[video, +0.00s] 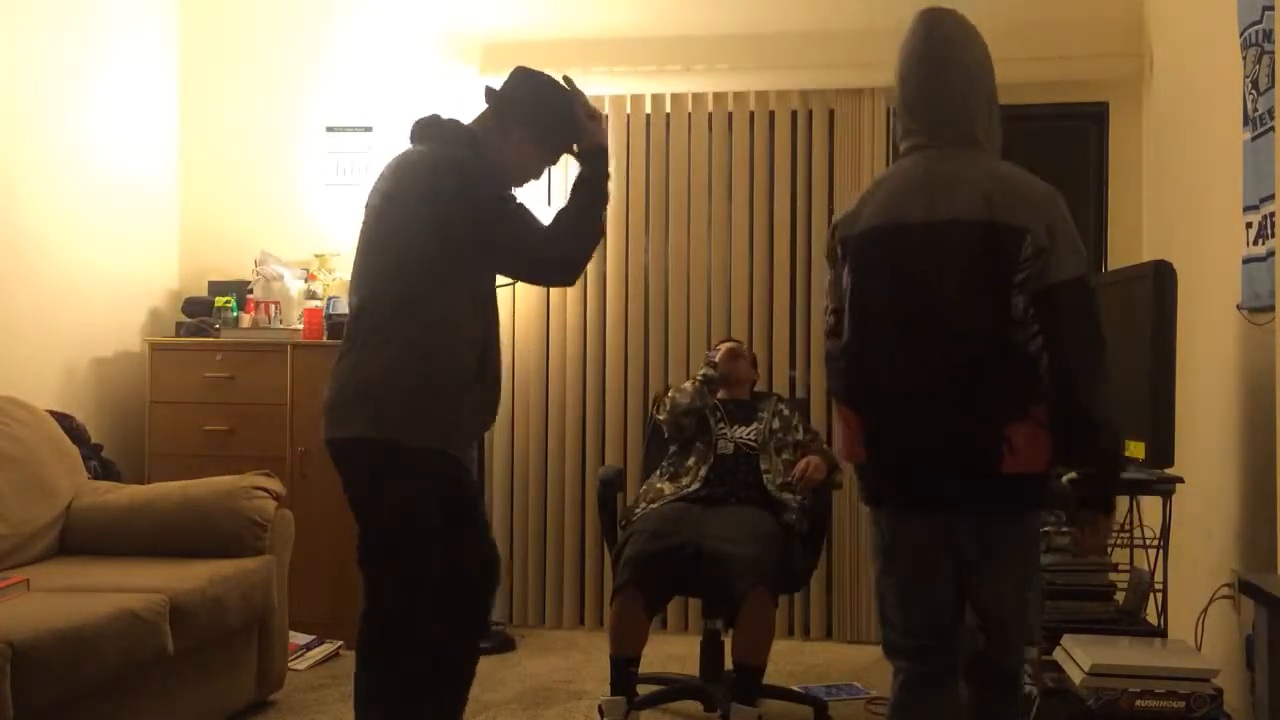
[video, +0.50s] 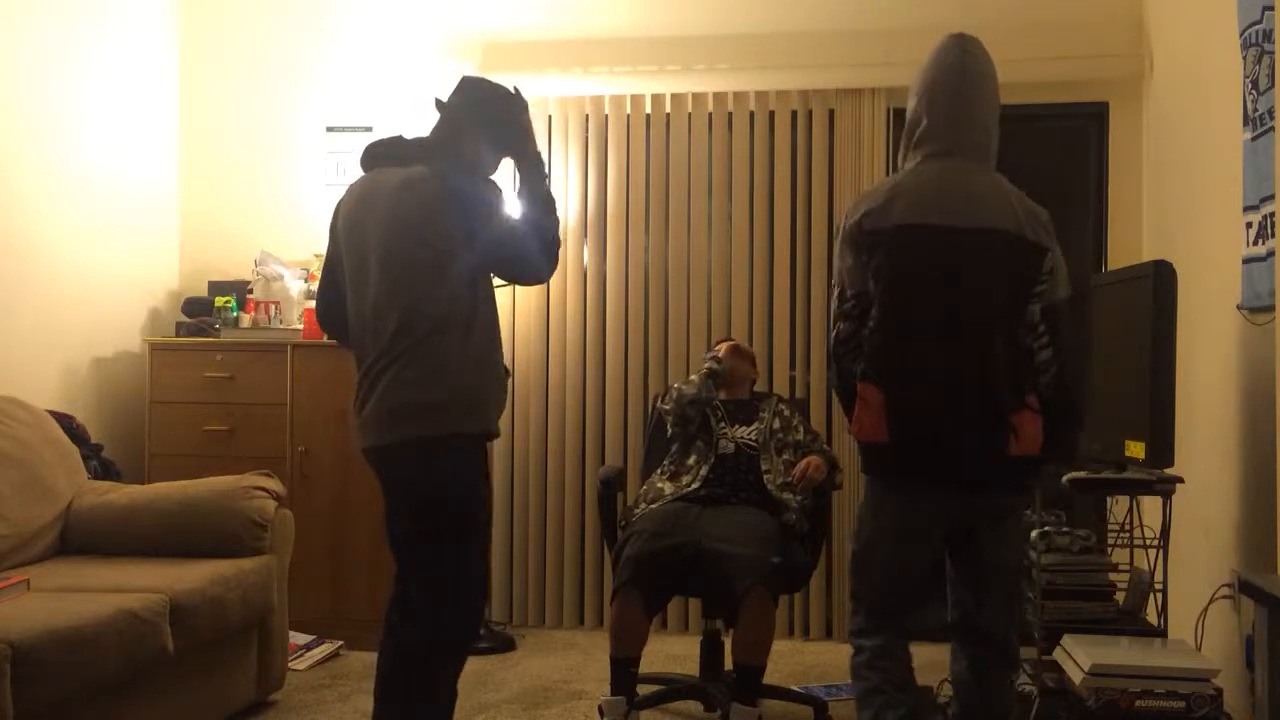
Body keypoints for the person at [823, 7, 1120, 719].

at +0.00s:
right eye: (982, 84)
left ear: (902, 97)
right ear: (985, 90)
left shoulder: (860, 216)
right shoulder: (1030, 204)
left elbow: (842, 356)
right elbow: (1075, 357)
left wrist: (866, 446)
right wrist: (1095, 482)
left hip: (900, 482)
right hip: (1003, 478)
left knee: (918, 665)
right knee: (1000, 667)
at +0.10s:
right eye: (987, 87)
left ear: (916, 97)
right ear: (992, 93)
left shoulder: (865, 216)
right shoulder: (1034, 209)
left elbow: (846, 345)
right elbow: (1074, 357)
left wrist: (857, 430)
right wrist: (1093, 484)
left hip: (903, 476)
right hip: (1004, 474)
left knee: (920, 657)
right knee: (1001, 660)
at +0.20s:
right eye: (994, 89)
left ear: (921, 98)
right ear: (997, 97)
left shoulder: (868, 212)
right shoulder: (1039, 210)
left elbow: (843, 339)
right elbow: (1069, 354)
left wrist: (865, 428)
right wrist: (1080, 476)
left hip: (906, 465)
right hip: (1005, 467)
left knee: (915, 648)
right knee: (1000, 650)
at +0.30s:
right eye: (993, 92)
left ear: (924, 98)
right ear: (998, 100)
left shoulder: (871, 210)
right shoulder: (1038, 214)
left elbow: (846, 332)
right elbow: (1069, 346)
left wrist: (857, 401)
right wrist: (1057, 434)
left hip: (903, 459)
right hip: (1004, 462)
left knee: (901, 645)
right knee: (995, 649)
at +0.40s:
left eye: (929, 96)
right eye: (988, 99)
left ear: (923, 103)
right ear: (996, 108)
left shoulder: (869, 212)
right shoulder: (1034, 217)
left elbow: (846, 329)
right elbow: (1061, 341)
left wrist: (852, 391)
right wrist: (1050, 429)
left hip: (902, 454)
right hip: (1000, 458)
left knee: (892, 635)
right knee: (991, 636)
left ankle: (896, 715)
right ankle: (984, 715)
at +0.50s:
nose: (921, 113)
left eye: (921, 101)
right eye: (982, 103)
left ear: (919, 107)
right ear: (991, 112)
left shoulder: (870, 212)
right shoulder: (1028, 219)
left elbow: (847, 332)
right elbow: (1053, 344)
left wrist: (859, 399)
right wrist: (1043, 427)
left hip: (901, 461)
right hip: (997, 463)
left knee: (878, 631)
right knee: (990, 643)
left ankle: (895, 716)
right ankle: (982, 717)